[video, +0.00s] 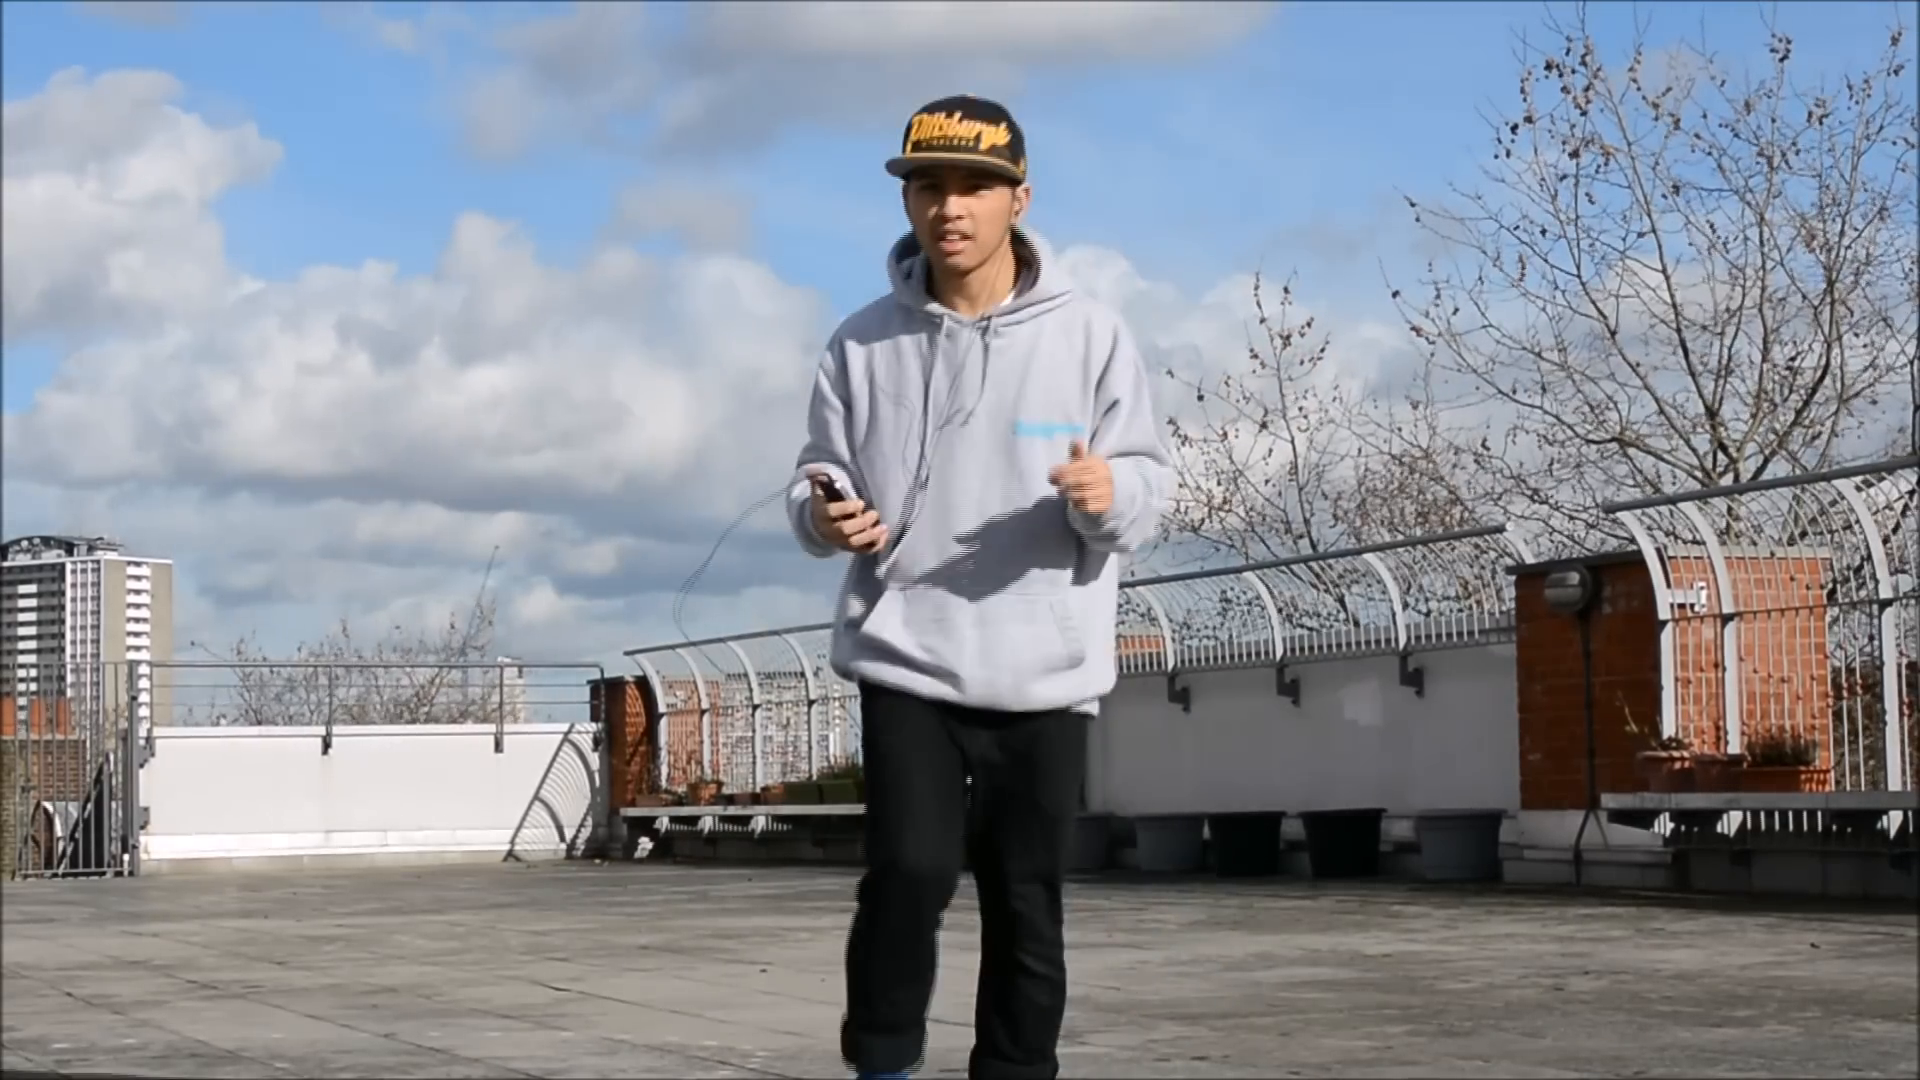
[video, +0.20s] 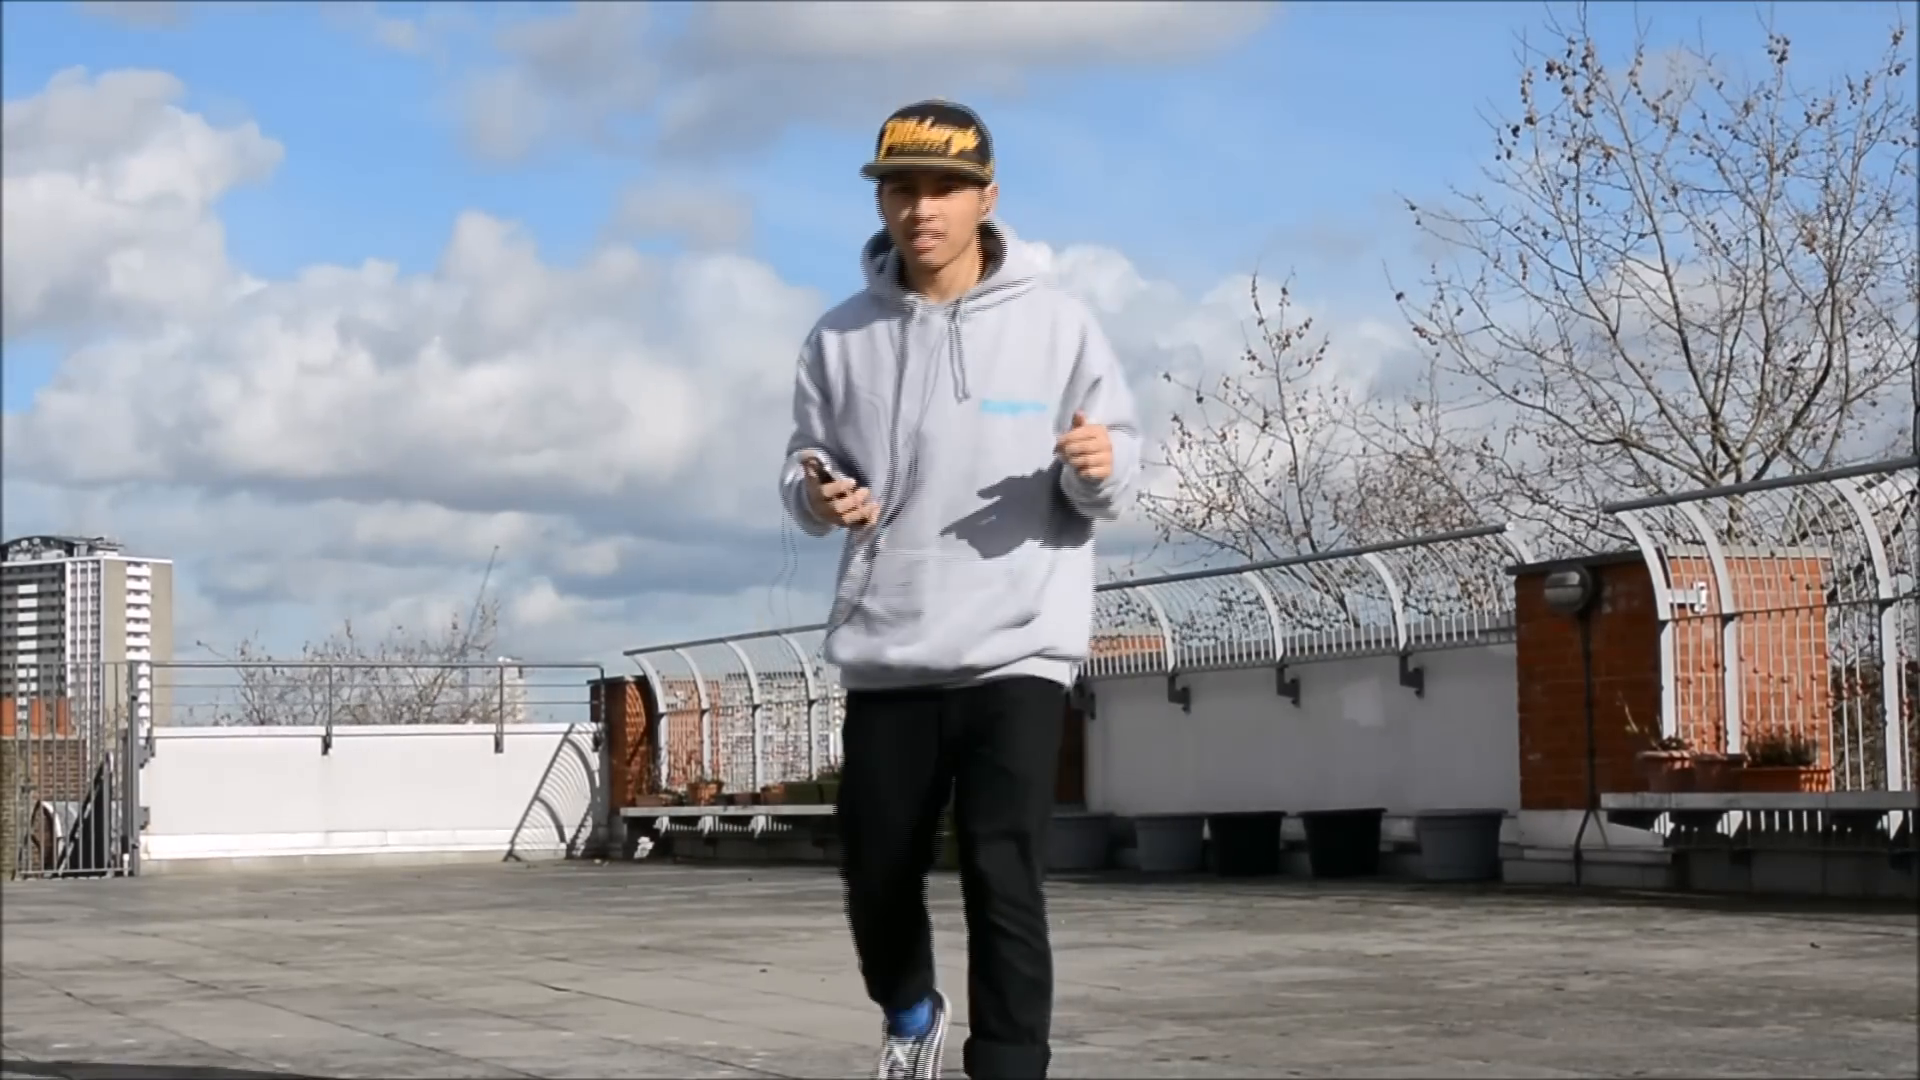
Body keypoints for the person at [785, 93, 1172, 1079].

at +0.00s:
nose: (949, 208)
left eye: (973, 187)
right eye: (930, 187)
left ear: (1017, 200)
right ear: (908, 202)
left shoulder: (1091, 333)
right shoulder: (861, 343)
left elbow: (1149, 475)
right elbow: (813, 492)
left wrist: (1111, 493)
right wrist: (825, 519)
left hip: (1045, 670)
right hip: (906, 663)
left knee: (1028, 903)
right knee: (910, 874)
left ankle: (1017, 1072)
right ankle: (883, 1066)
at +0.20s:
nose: (917, 211)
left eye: (940, 189)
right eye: (900, 191)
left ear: (985, 198)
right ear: (880, 202)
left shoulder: (1057, 323)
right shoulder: (839, 337)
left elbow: (1126, 464)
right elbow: (804, 476)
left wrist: (1102, 465)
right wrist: (824, 497)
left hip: (1018, 641)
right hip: (888, 646)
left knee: (999, 867)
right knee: (874, 869)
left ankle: (1008, 1070)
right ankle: (911, 1021)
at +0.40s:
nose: (885, 257)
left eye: (907, 237)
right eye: (867, 239)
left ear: (948, 248)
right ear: (848, 253)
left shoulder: (1016, 367)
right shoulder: (808, 379)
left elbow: (1056, 535)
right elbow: (770, 510)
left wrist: (1050, 483)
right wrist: (794, 532)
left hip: (982, 654)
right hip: (866, 666)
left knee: (956, 859)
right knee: (898, 876)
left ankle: (988, 1066)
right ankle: (937, 1057)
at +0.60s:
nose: (861, 237)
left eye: (882, 216)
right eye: (844, 219)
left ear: (925, 221)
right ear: (825, 230)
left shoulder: (995, 335)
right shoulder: (789, 351)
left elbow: (1039, 474)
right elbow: (755, 477)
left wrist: (989, 346)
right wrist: (776, 505)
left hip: (951, 634)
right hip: (838, 640)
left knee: (919, 846)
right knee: (866, 858)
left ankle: (926, 1056)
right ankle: (925, 1051)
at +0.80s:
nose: (839, 244)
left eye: (859, 224)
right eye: (823, 226)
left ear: (906, 229)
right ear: (807, 237)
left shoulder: (965, 335)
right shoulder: (777, 355)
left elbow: (976, 439)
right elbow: (743, 482)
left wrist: (928, 298)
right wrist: (754, 508)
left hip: (918, 657)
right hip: (802, 656)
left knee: (903, 879)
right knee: (768, 858)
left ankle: (913, 1068)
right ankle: (853, 1026)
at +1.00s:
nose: (799, 246)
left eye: (820, 226)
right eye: (785, 229)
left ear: (871, 228)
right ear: (774, 238)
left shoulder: (937, 335)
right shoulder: (750, 354)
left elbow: (927, 440)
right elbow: (713, 477)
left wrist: (893, 296)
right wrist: (713, 500)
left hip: (891, 660)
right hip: (771, 657)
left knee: (890, 881)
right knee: (718, 858)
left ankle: (908, 1069)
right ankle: (721, 1055)